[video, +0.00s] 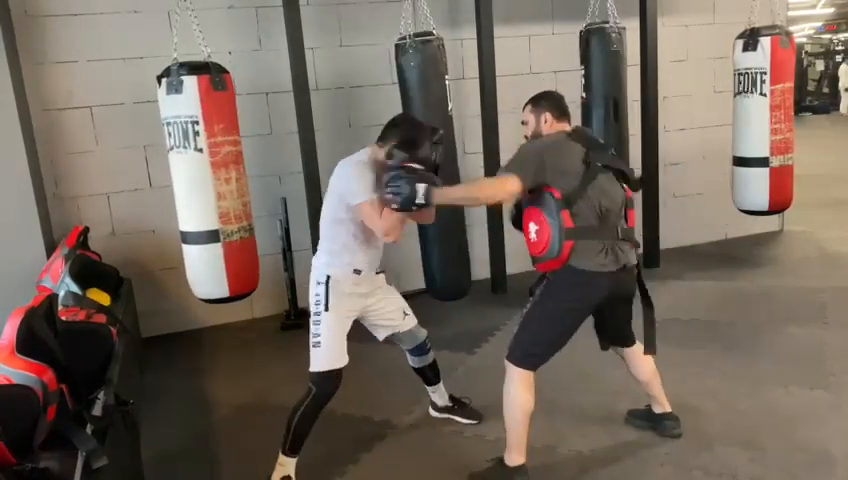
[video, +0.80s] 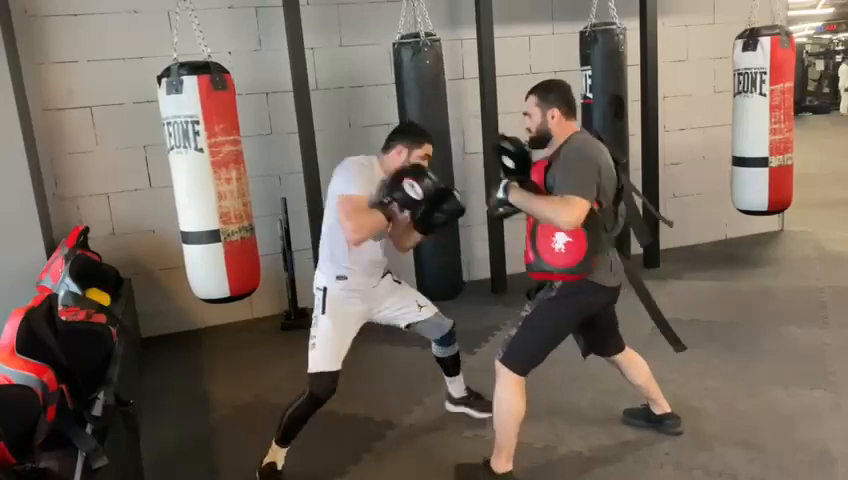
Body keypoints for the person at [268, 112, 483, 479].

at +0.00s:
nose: (409, 167)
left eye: (415, 162)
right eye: (409, 160)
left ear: (399, 154)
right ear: (392, 150)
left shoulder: (389, 170)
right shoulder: (352, 171)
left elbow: (426, 216)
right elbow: (390, 231)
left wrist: (423, 176)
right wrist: (402, 184)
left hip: (371, 282)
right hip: (333, 284)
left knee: (417, 341)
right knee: (325, 383)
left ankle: (441, 402)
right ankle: (284, 468)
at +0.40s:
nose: (418, 189)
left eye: (421, 185)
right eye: (419, 181)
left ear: (401, 171)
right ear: (406, 169)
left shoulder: (380, 199)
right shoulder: (375, 178)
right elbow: (411, 225)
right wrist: (431, 199)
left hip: (368, 297)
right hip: (335, 302)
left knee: (426, 340)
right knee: (318, 407)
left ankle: (445, 401)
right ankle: (245, 461)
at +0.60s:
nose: (408, 160)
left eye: (413, 153)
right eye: (404, 150)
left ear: (412, 152)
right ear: (382, 145)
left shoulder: (407, 182)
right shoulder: (336, 165)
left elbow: (441, 218)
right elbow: (316, 212)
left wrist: (464, 200)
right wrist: (355, 176)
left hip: (377, 291)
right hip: (326, 290)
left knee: (429, 358)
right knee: (300, 382)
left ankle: (444, 406)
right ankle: (269, 458)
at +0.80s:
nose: (422, 168)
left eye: (425, 163)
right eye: (420, 159)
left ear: (402, 154)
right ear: (398, 151)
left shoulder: (396, 185)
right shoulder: (353, 170)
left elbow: (403, 242)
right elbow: (356, 230)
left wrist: (430, 218)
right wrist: (398, 203)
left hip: (381, 284)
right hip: (339, 290)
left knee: (442, 330)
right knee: (322, 389)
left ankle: (458, 394)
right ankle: (275, 456)